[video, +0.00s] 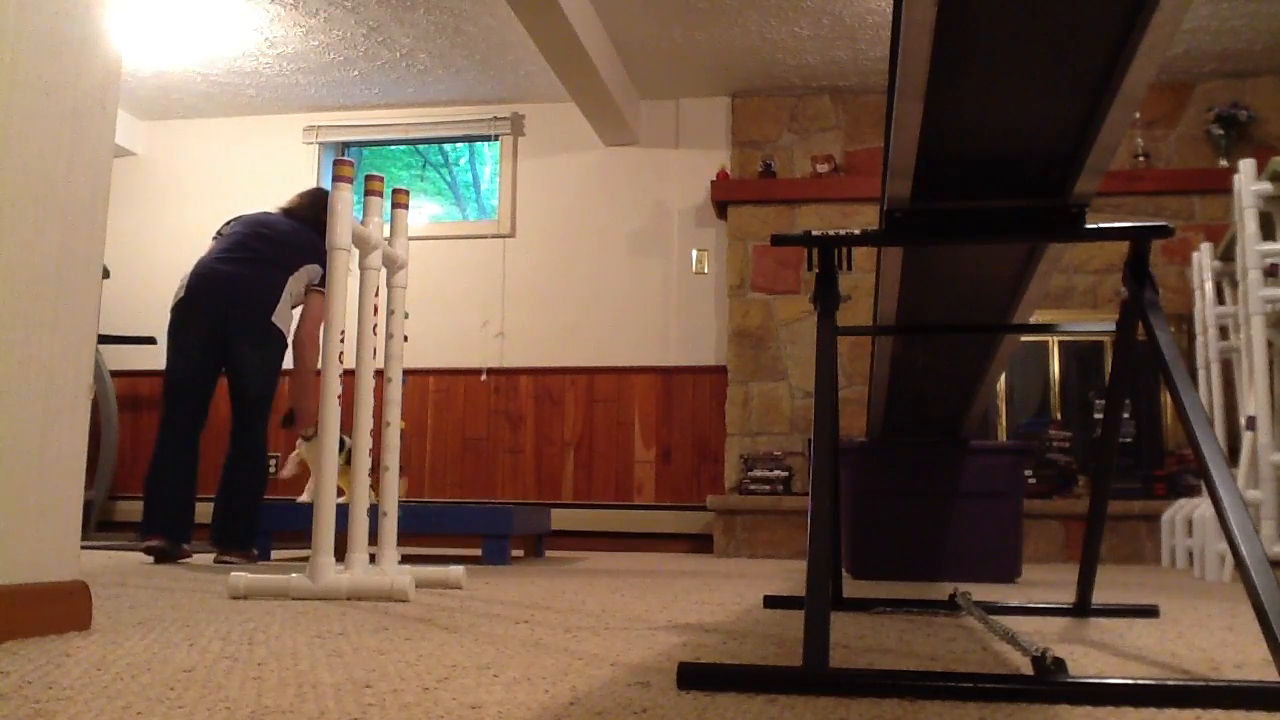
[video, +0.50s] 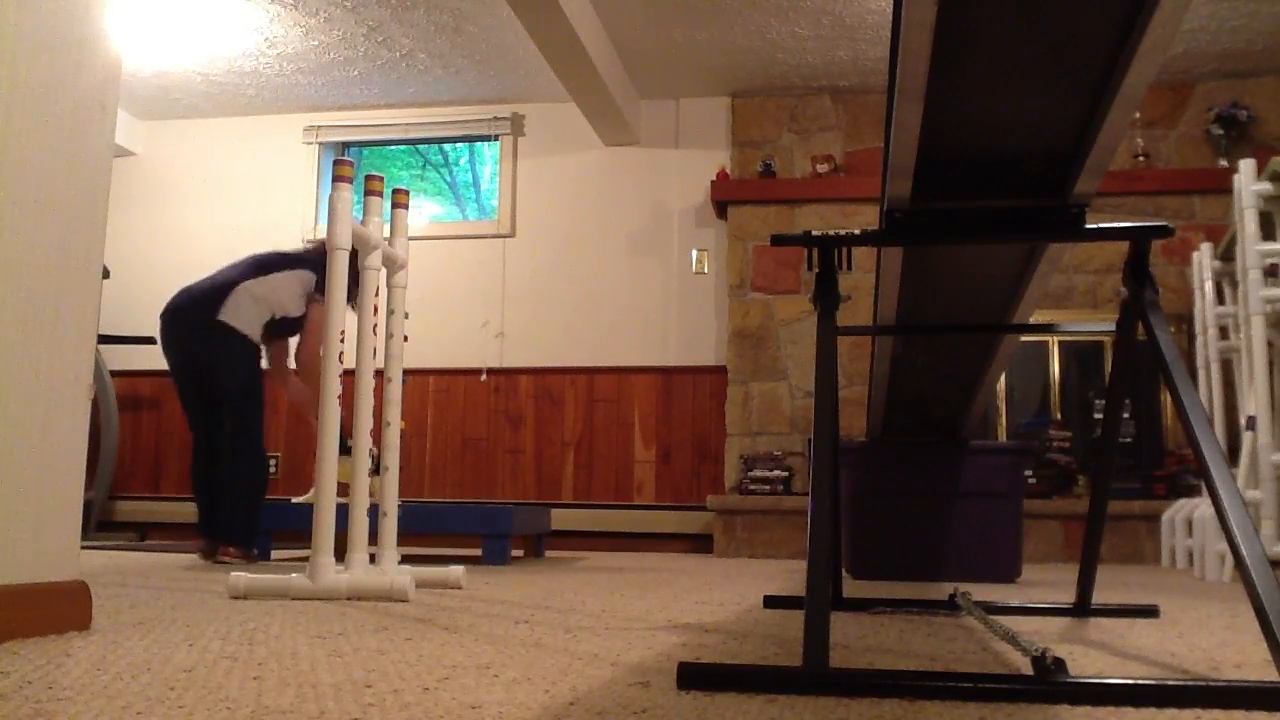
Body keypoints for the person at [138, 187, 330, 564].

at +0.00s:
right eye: (337, 235)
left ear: (293, 206)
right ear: (330, 225)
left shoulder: (243, 222)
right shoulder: (322, 252)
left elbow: (199, 281)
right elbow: (306, 335)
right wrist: (304, 409)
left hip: (194, 313)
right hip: (257, 327)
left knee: (180, 423)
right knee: (249, 434)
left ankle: (164, 533)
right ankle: (233, 543)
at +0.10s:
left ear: (297, 207)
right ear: (332, 226)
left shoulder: (246, 224)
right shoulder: (324, 252)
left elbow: (203, 281)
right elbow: (309, 336)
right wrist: (308, 406)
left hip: (194, 312)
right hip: (256, 325)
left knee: (185, 421)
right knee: (249, 433)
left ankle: (165, 531)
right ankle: (234, 543)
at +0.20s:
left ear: (300, 216)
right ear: (334, 233)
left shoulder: (259, 233)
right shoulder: (326, 257)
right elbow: (309, 342)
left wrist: (270, 361)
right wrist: (307, 404)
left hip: (191, 307)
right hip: (250, 322)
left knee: (192, 423)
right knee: (249, 433)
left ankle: (178, 532)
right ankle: (235, 542)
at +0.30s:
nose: (346, 271)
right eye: (347, 262)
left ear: (305, 225)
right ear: (338, 244)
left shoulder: (265, 242)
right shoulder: (327, 259)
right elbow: (304, 341)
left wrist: (284, 374)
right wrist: (308, 398)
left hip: (188, 309)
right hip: (247, 323)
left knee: (196, 423)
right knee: (248, 431)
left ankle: (184, 534)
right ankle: (234, 540)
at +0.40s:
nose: (347, 288)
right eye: (352, 276)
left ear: (316, 241)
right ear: (345, 258)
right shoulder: (326, 266)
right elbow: (306, 348)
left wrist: (303, 397)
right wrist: (316, 404)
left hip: (183, 312)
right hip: (238, 326)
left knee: (202, 430)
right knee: (247, 435)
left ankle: (204, 536)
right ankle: (236, 542)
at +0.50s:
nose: (353, 297)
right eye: (355, 287)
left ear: (325, 253)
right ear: (348, 270)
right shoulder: (329, 272)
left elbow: (280, 370)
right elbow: (308, 360)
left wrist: (319, 417)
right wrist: (329, 407)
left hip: (178, 321)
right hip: (227, 333)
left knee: (208, 434)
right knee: (245, 441)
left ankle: (212, 538)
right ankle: (236, 543)